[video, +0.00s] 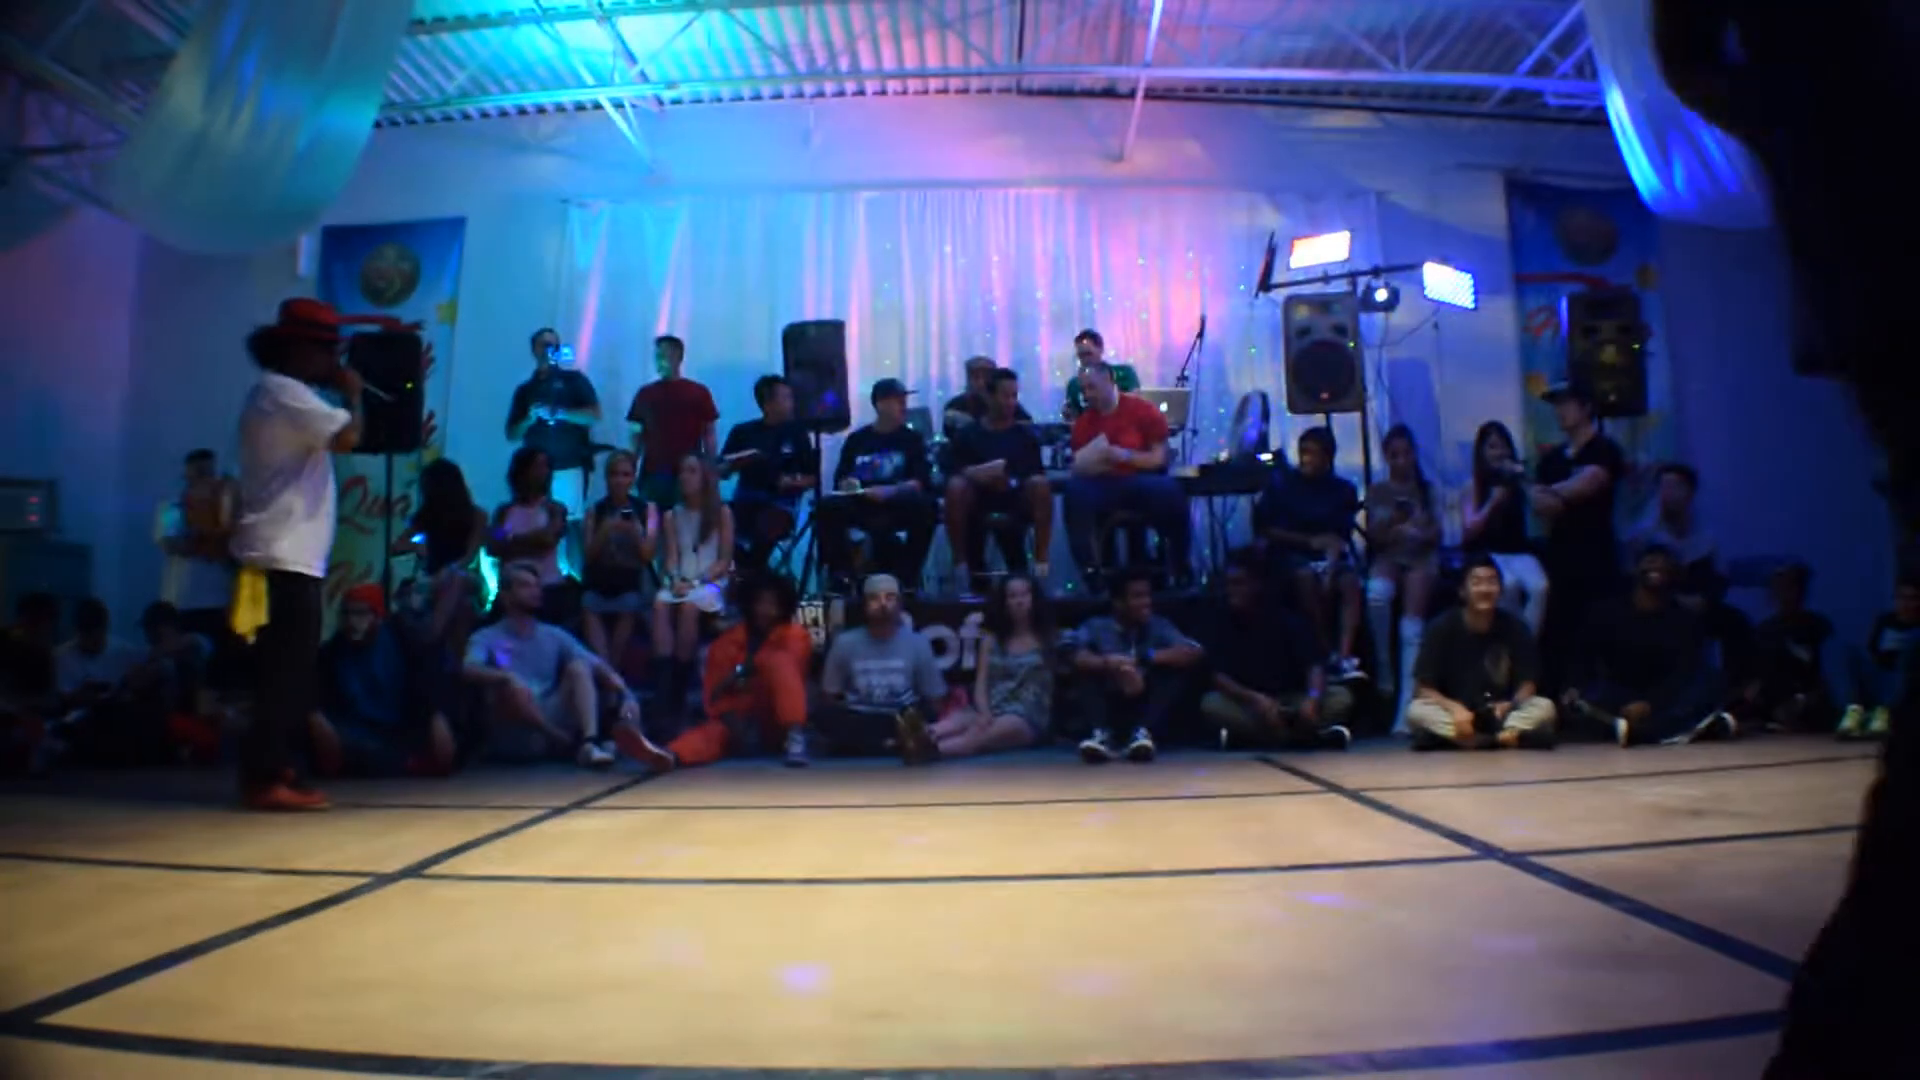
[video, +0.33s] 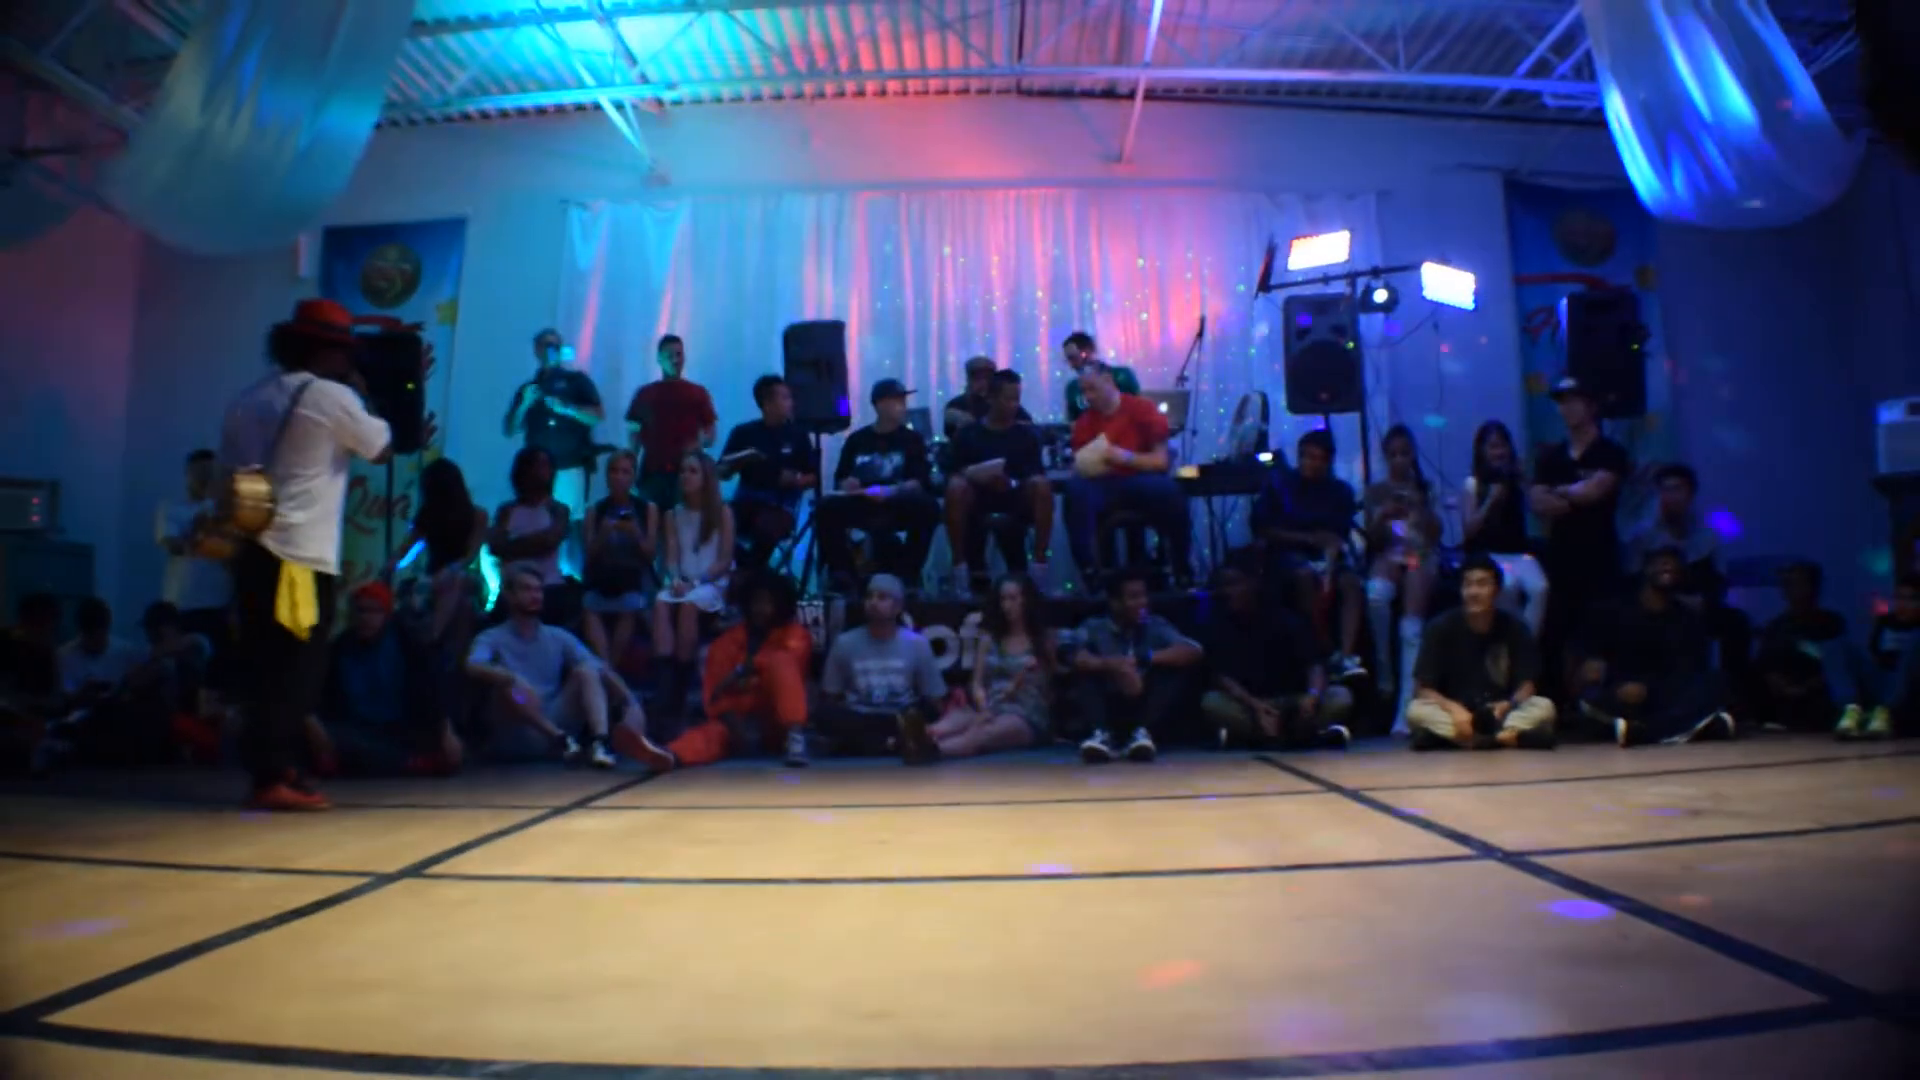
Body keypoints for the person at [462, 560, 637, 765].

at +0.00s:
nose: (536, 591)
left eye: (537, 585)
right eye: (527, 586)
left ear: (540, 590)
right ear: (507, 595)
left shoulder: (552, 635)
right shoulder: (486, 638)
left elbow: (595, 664)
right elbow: (470, 669)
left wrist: (626, 695)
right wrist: (508, 679)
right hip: (510, 728)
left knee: (579, 668)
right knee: (510, 687)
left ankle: (590, 742)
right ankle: (564, 741)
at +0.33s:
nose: (536, 596)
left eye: (539, 590)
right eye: (527, 590)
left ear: (544, 594)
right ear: (510, 595)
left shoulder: (558, 637)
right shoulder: (492, 638)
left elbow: (597, 668)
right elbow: (474, 666)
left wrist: (628, 701)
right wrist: (513, 680)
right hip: (516, 729)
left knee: (586, 672)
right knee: (510, 690)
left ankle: (600, 741)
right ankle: (560, 739)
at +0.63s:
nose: (531, 595)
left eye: (536, 589)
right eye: (523, 589)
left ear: (541, 594)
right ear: (507, 596)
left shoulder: (555, 635)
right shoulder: (489, 639)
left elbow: (597, 661)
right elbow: (479, 668)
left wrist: (631, 692)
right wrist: (537, 675)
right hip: (513, 735)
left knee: (582, 668)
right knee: (510, 677)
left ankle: (595, 741)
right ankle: (563, 741)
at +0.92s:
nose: (538, 599)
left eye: (543, 592)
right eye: (530, 593)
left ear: (549, 596)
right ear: (515, 598)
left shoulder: (559, 634)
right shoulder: (497, 638)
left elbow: (605, 660)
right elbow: (508, 670)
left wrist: (609, 689)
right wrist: (571, 679)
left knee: (585, 668)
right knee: (521, 682)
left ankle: (594, 742)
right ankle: (568, 746)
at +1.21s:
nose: (546, 602)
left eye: (551, 596)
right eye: (538, 595)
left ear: (557, 600)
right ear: (525, 600)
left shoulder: (564, 636)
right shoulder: (502, 639)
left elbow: (609, 665)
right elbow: (515, 678)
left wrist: (594, 696)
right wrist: (576, 692)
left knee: (587, 668)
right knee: (525, 677)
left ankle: (595, 743)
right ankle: (569, 746)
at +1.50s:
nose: (548, 600)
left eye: (551, 594)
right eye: (539, 593)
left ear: (555, 597)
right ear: (522, 598)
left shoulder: (561, 634)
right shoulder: (499, 639)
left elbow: (608, 662)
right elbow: (509, 677)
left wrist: (587, 694)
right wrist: (573, 690)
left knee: (590, 669)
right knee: (520, 681)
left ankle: (596, 743)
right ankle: (568, 746)